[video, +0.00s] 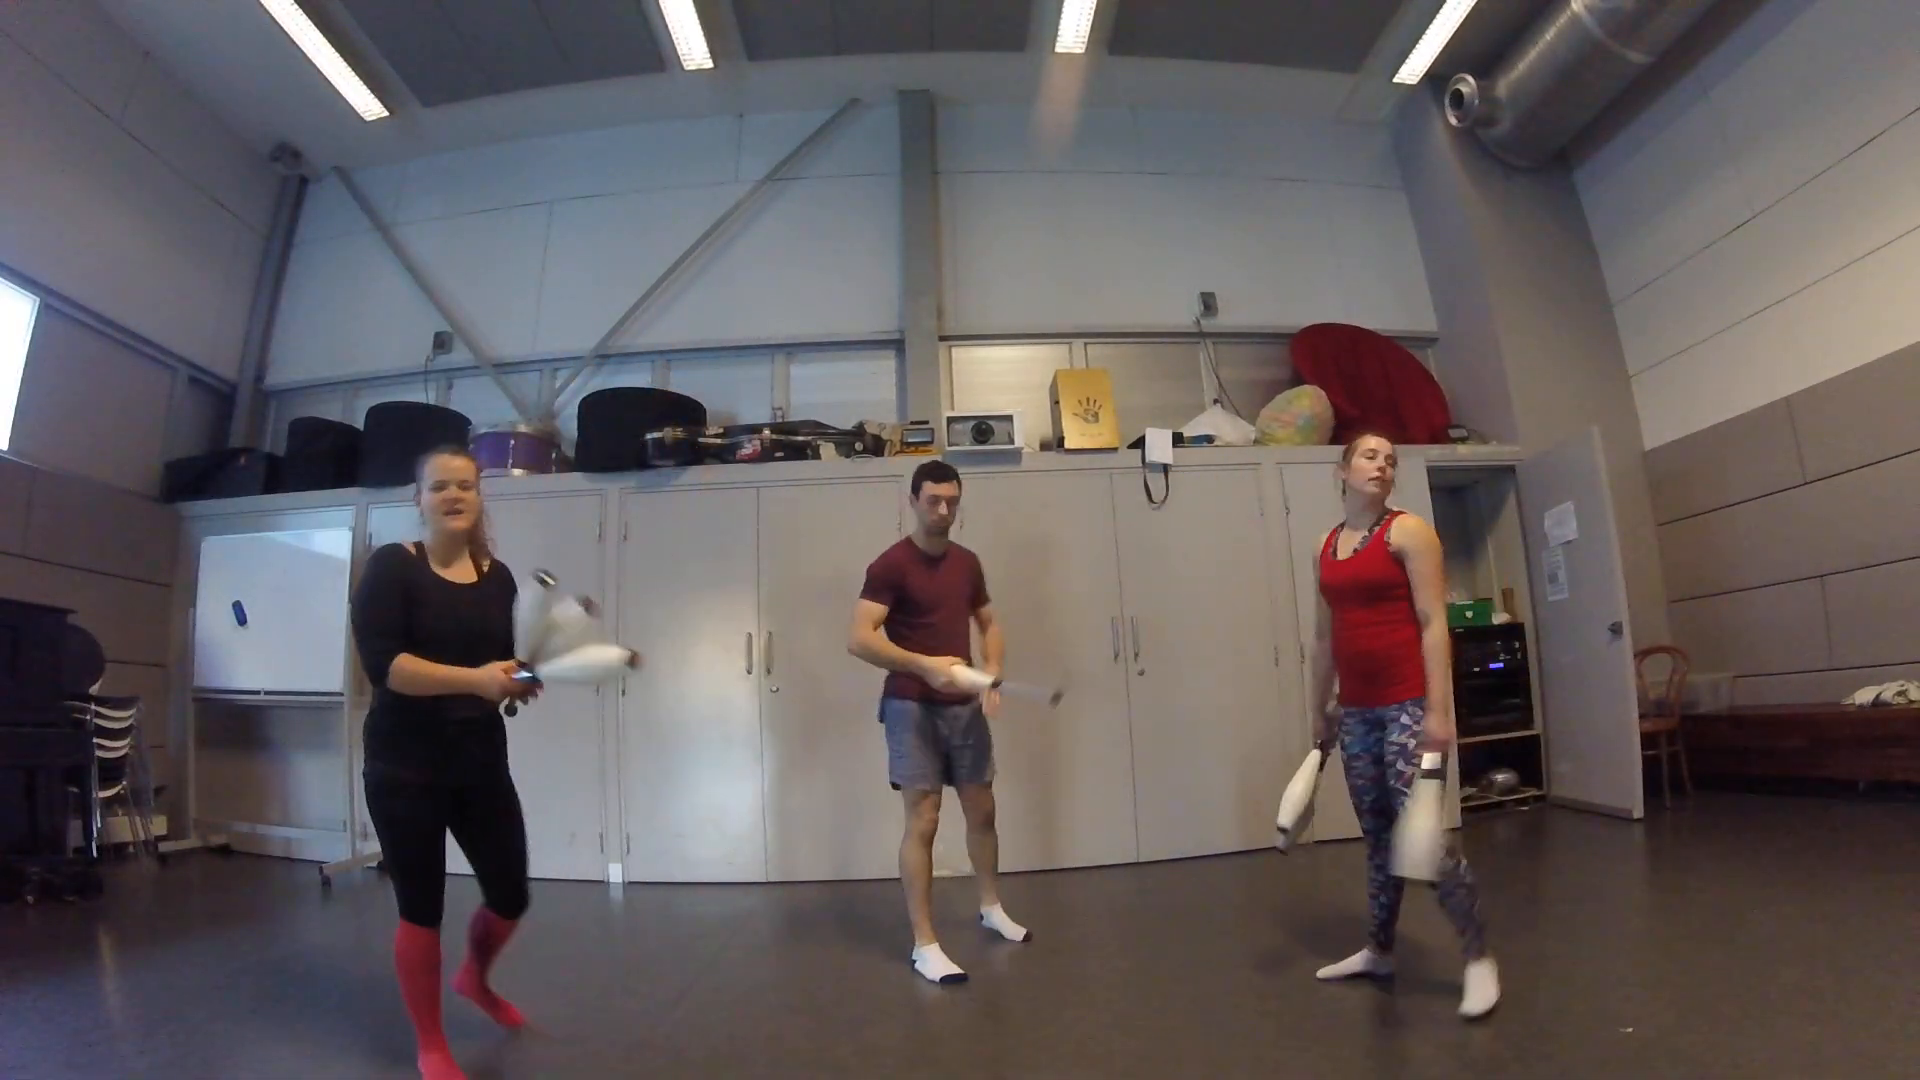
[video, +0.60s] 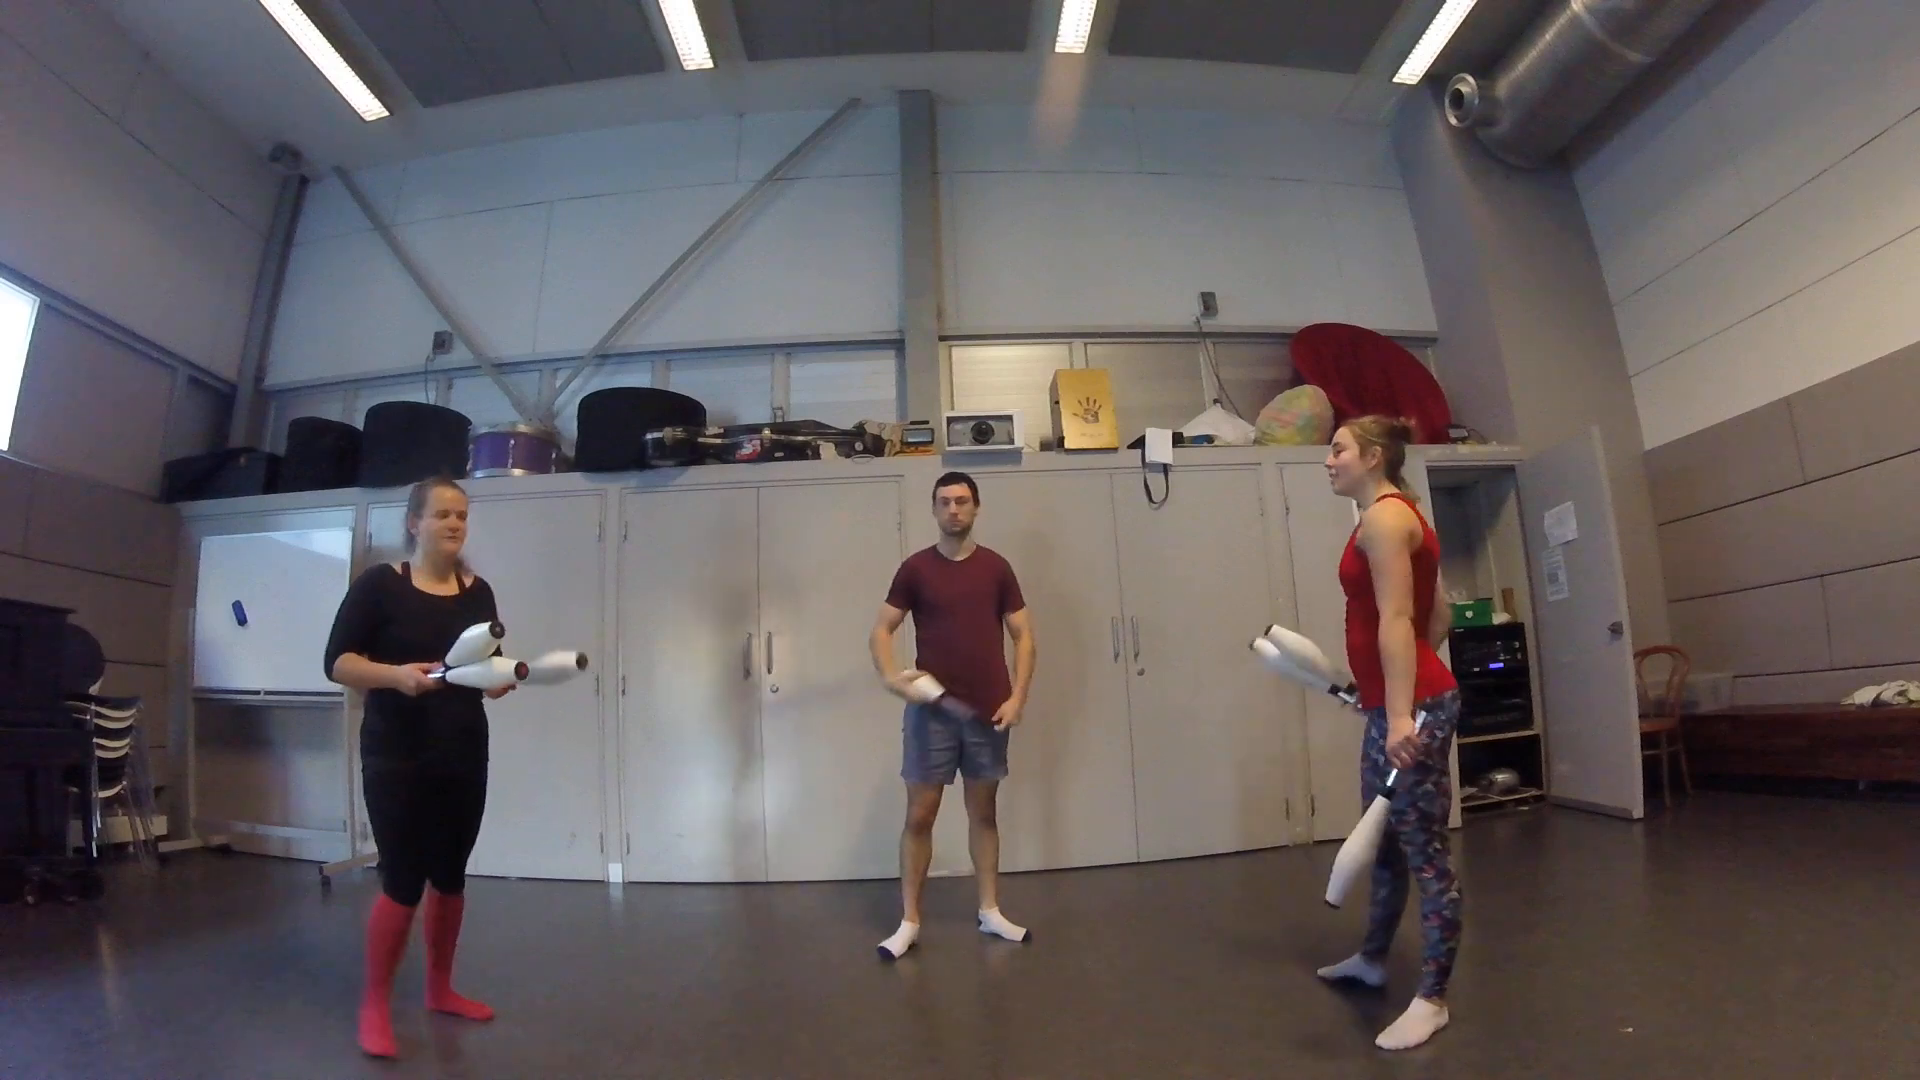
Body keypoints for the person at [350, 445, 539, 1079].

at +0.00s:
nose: (455, 496)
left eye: (465, 485)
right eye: (441, 486)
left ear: (481, 497)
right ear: (419, 499)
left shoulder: (498, 577)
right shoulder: (391, 566)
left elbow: (500, 662)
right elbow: (383, 666)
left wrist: (523, 675)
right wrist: (474, 679)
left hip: (478, 755)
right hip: (403, 759)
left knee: (509, 897)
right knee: (422, 907)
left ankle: (473, 978)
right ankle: (431, 1048)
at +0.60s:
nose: (456, 524)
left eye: (462, 515)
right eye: (444, 515)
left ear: (469, 525)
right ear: (415, 524)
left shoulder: (476, 593)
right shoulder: (378, 583)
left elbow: (486, 670)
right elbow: (338, 662)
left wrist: (501, 675)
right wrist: (397, 675)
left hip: (462, 756)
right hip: (396, 758)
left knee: (449, 877)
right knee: (403, 883)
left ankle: (441, 991)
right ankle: (376, 1007)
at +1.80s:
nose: (445, 525)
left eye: (445, 517)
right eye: (434, 516)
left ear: (438, 528)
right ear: (398, 524)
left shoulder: (443, 592)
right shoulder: (374, 582)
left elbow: (478, 657)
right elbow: (385, 644)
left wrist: (524, 622)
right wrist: (450, 600)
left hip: (449, 748)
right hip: (393, 753)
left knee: (456, 870)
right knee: (407, 880)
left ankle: (465, 985)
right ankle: (358, 987)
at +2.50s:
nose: (465, 519)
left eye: (465, 510)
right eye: (454, 510)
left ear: (458, 522)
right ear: (417, 519)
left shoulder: (462, 586)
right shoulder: (395, 582)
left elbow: (505, 645)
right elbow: (400, 660)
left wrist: (536, 590)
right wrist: (481, 671)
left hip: (457, 748)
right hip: (402, 751)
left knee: (457, 871)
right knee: (403, 875)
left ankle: (465, 986)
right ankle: (404, 1005)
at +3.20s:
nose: (472, 519)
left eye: (472, 510)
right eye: (460, 510)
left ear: (466, 520)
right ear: (425, 520)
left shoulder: (471, 589)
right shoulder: (411, 580)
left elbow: (487, 660)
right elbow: (454, 636)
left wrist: (537, 676)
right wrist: (530, 626)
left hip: (466, 751)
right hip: (414, 753)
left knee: (462, 870)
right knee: (410, 872)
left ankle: (466, 986)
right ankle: (404, 1005)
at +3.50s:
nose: (472, 518)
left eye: (472, 510)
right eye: (460, 510)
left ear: (467, 523)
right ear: (426, 522)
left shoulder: (478, 591)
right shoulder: (406, 584)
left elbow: (504, 665)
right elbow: (397, 660)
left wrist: (541, 678)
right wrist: (463, 698)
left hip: (473, 749)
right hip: (418, 751)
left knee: (466, 872)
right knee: (416, 874)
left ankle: (467, 987)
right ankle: (405, 1005)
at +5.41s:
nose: (464, 516)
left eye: (462, 507)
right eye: (452, 508)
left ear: (440, 521)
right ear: (418, 520)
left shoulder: (464, 591)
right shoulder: (399, 581)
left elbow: (499, 664)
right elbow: (398, 666)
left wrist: (568, 643)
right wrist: (462, 720)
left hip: (461, 752)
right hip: (414, 754)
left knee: (464, 871)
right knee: (416, 876)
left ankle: (466, 988)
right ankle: (409, 1012)